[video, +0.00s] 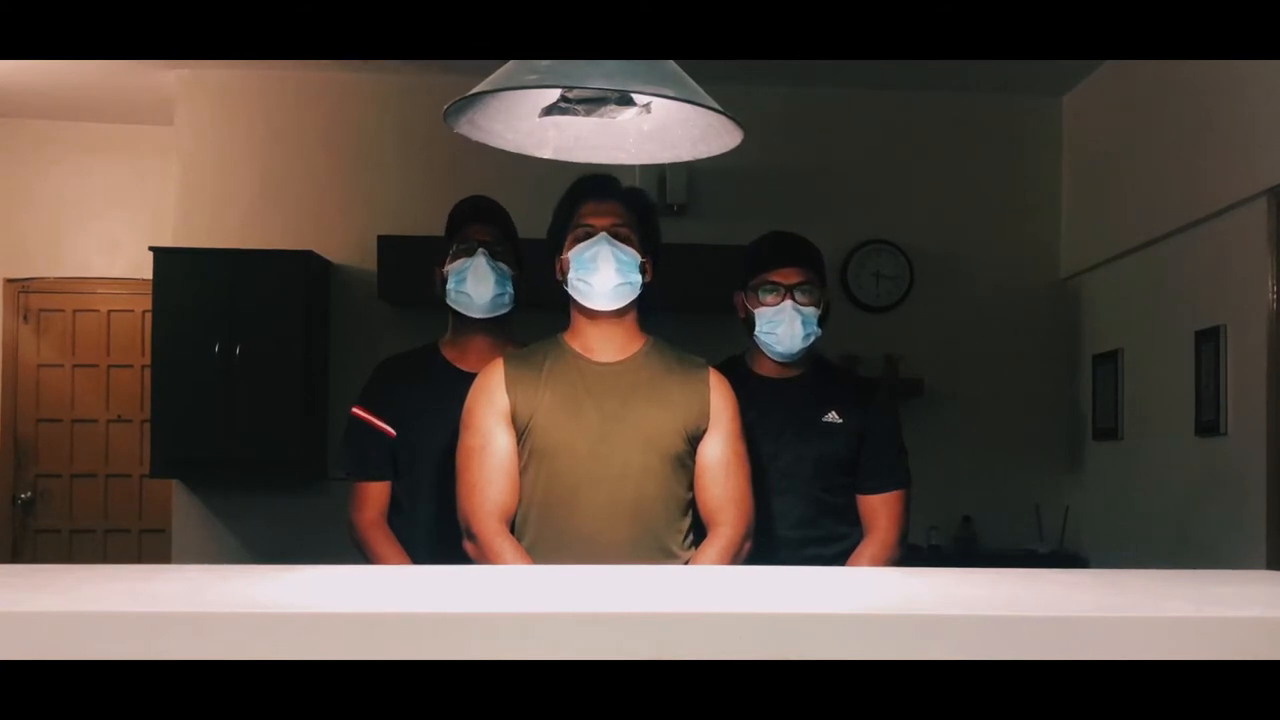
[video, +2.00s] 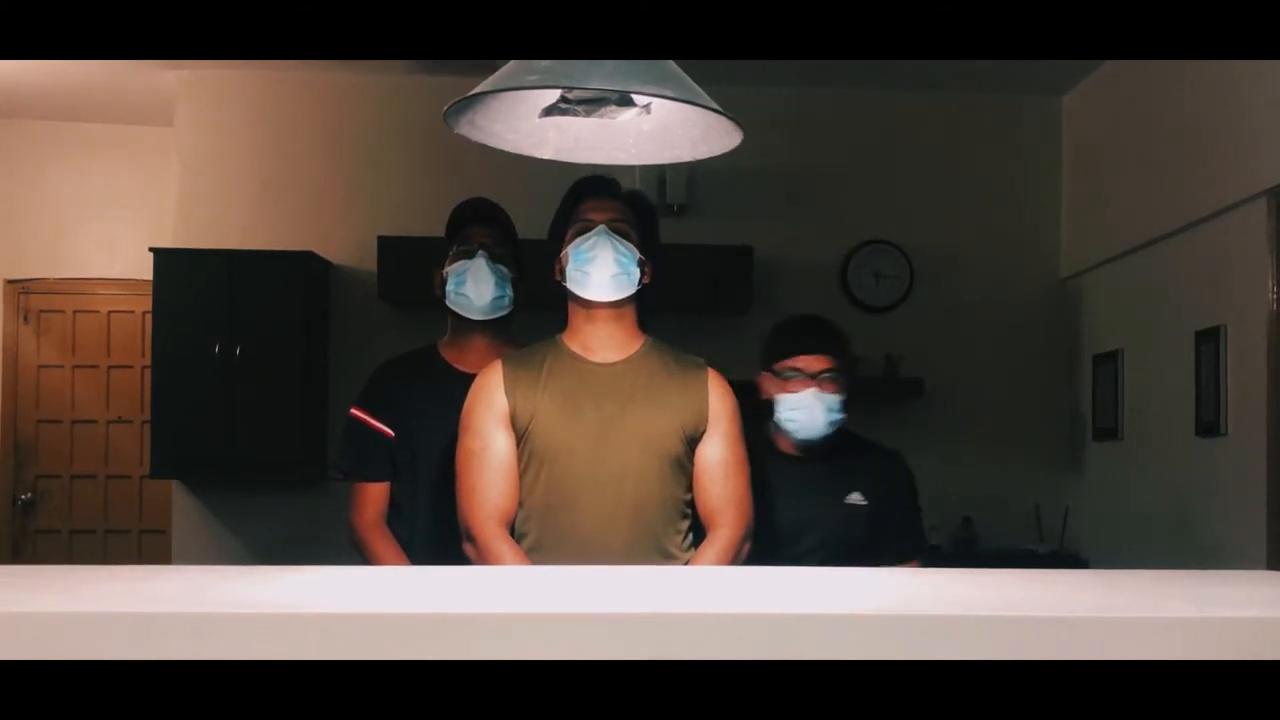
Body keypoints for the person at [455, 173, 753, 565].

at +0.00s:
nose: (602, 247)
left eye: (620, 236)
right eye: (585, 236)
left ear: (645, 268)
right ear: (561, 266)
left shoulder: (704, 388)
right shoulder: (503, 382)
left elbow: (731, 531)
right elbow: (483, 531)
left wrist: (669, 616)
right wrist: (553, 616)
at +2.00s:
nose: (601, 242)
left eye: (619, 233)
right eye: (583, 233)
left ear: (644, 268)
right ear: (559, 264)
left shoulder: (703, 389)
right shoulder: (502, 383)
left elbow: (730, 530)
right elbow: (484, 532)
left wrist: (667, 616)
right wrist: (553, 617)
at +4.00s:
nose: (601, 245)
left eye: (620, 235)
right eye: (584, 235)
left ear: (645, 268)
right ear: (560, 265)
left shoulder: (704, 390)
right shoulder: (503, 385)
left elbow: (730, 532)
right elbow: (484, 533)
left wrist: (667, 617)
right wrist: (551, 622)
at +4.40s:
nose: (601, 243)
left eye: (619, 235)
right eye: (583, 234)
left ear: (644, 268)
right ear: (560, 266)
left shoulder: (704, 389)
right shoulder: (502, 383)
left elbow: (729, 531)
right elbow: (485, 533)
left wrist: (667, 616)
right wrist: (550, 622)